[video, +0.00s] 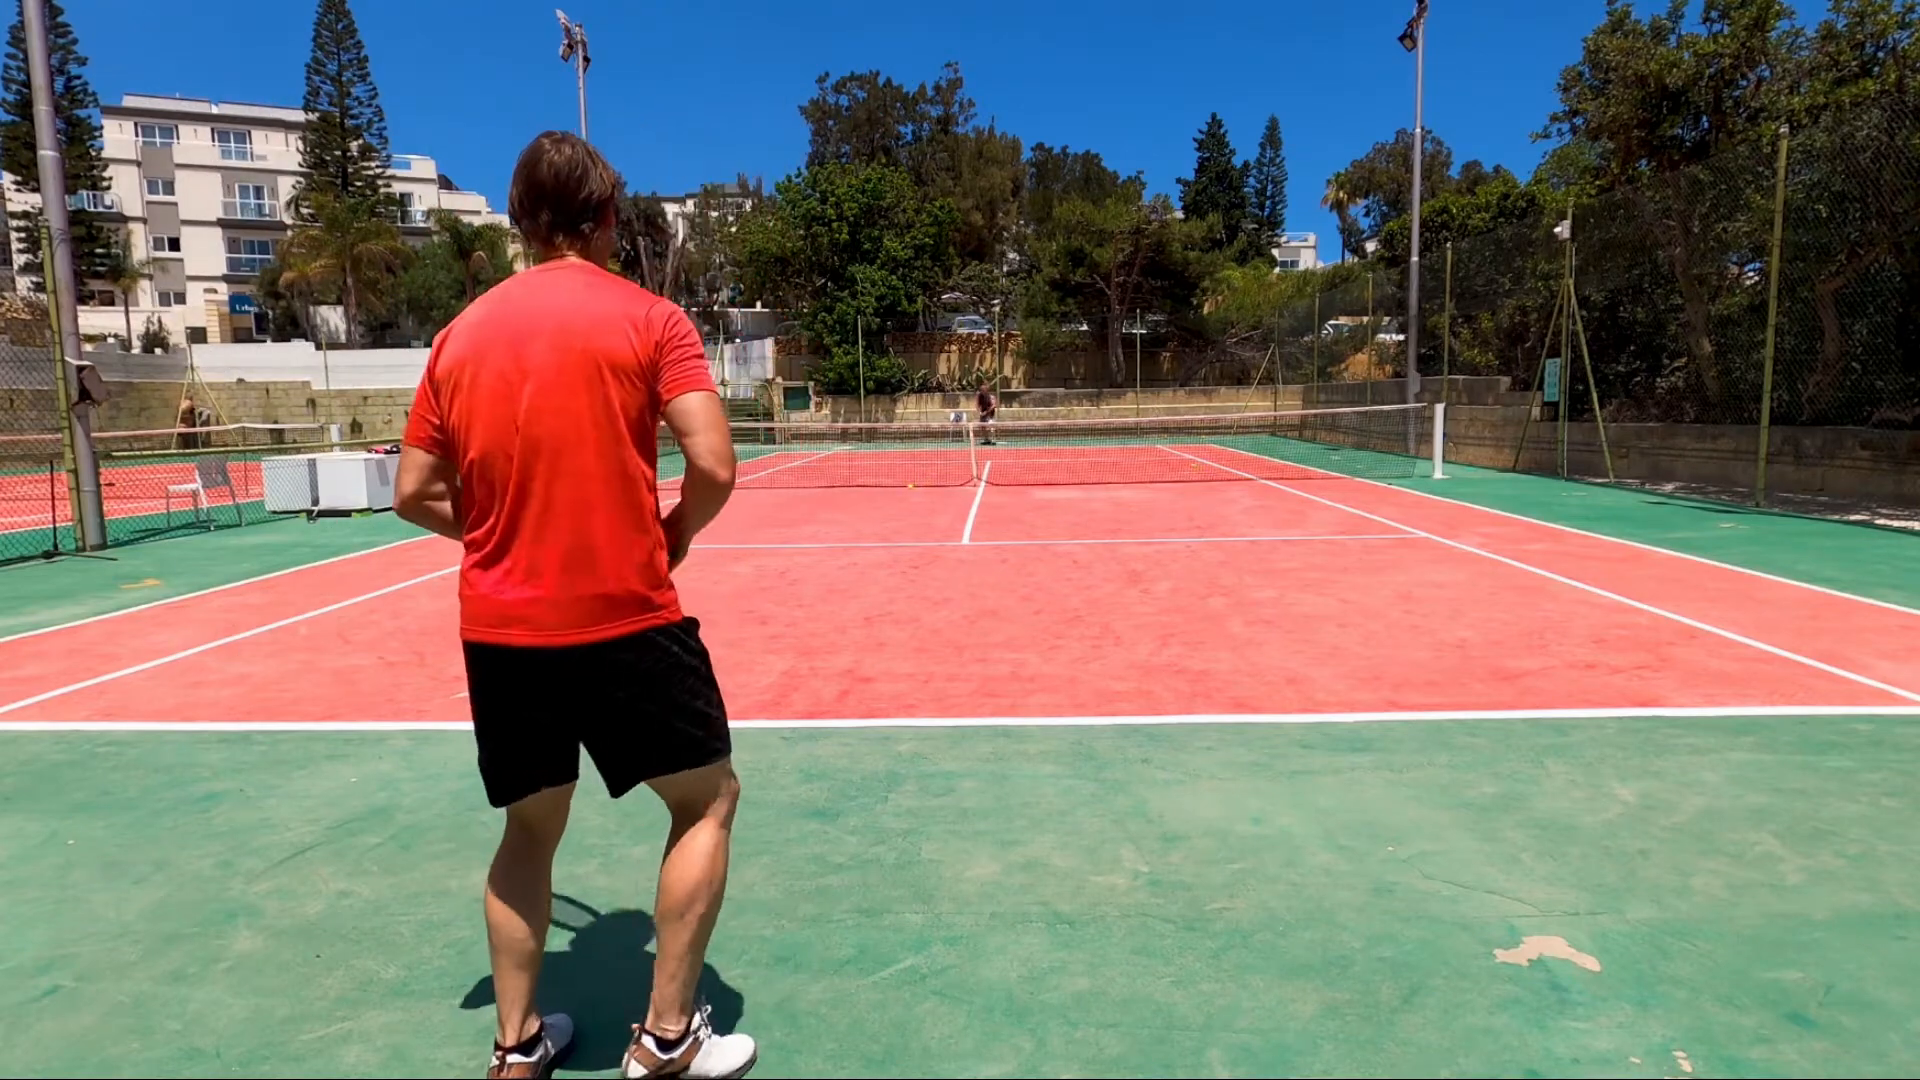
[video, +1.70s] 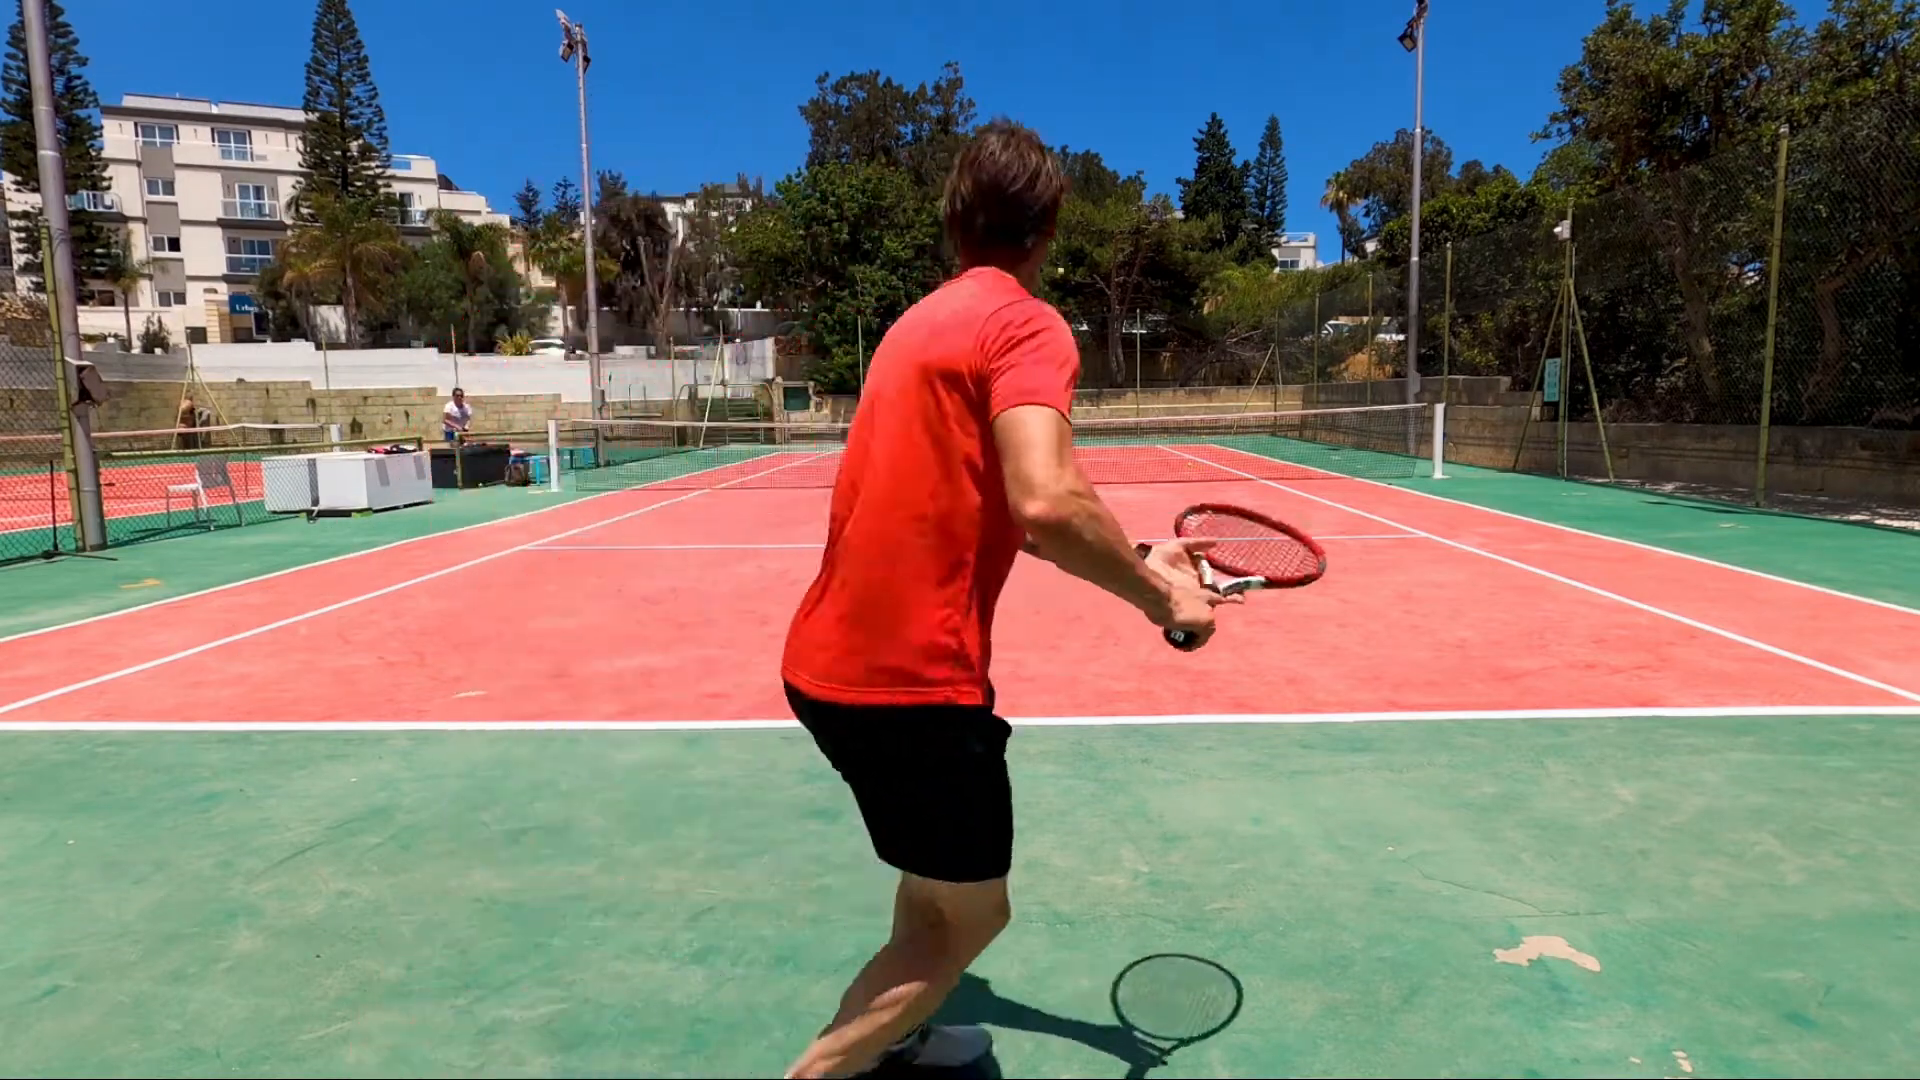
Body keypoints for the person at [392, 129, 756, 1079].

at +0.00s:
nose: (620, 231)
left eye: (614, 219)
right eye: (617, 218)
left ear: (521, 222)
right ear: (606, 219)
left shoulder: (461, 335)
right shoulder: (649, 317)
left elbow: (418, 494)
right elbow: (713, 466)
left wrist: (504, 522)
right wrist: (677, 531)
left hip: (505, 630)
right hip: (628, 621)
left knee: (529, 824)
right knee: (704, 800)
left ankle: (514, 1039)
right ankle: (666, 1032)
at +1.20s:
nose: (676, 287)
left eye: (669, 271)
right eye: (673, 273)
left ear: (568, 283)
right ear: (663, 285)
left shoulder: (498, 389)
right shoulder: (689, 397)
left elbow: (449, 554)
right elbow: (752, 566)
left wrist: (545, 578)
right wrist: (695, 615)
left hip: (498, 708)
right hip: (637, 710)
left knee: (457, 877)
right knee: (769, 865)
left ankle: (362, 1069)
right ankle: (764, 1072)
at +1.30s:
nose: (695, 322)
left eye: (689, 306)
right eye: (693, 308)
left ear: (589, 316)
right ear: (682, 320)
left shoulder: (522, 426)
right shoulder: (686, 434)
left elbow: (520, 575)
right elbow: (735, 608)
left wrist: (669, 617)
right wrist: (731, 654)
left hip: (488, 740)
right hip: (620, 742)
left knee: (463, 880)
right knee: (810, 860)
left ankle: (360, 1068)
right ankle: (763, 1072)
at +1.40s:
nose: (757, 323)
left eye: (755, 309)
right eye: (754, 309)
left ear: (657, 316)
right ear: (743, 318)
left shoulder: (598, 414)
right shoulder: (732, 426)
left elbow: (597, 596)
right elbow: (763, 607)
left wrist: (718, 642)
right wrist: (788, 672)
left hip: (526, 733)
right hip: (651, 740)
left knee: (491, 891)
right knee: (847, 867)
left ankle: (363, 1070)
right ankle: (785, 1072)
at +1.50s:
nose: (858, 286)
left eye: (853, 271)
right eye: (855, 272)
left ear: (758, 277)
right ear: (843, 282)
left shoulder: (705, 377)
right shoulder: (823, 398)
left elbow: (707, 541)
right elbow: (835, 590)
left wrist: (808, 622)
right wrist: (886, 669)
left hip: (618, 701)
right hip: (725, 720)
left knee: (582, 881)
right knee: (876, 900)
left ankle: (402, 1053)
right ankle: (782, 1074)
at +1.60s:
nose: (959, 267)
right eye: (959, 251)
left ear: (859, 250)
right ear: (951, 263)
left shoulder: (809, 355)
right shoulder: (925, 370)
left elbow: (810, 524)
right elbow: (943, 571)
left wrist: (953, 572)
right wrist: (1016, 661)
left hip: (723, 690)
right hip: (814, 708)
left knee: (776, 866)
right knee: (898, 915)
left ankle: (581, 1001)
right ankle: (785, 1073)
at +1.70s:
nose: (1060, 234)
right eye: (1058, 220)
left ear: (956, 222)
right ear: (1048, 229)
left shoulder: (920, 322)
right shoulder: (1025, 326)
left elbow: (1009, 507)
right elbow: (1046, 504)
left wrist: (1138, 561)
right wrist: (1158, 596)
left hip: (829, 662)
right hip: (914, 678)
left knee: (939, 866)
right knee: (963, 924)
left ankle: (899, 1026)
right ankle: (815, 1067)